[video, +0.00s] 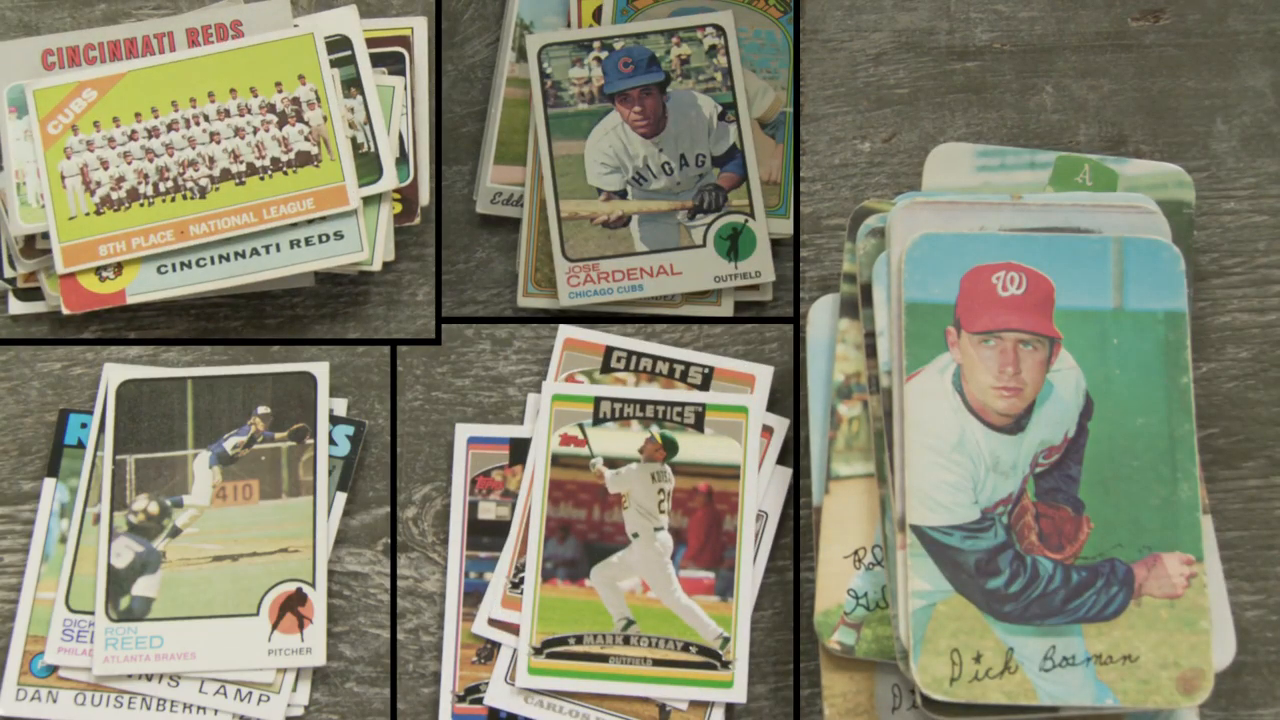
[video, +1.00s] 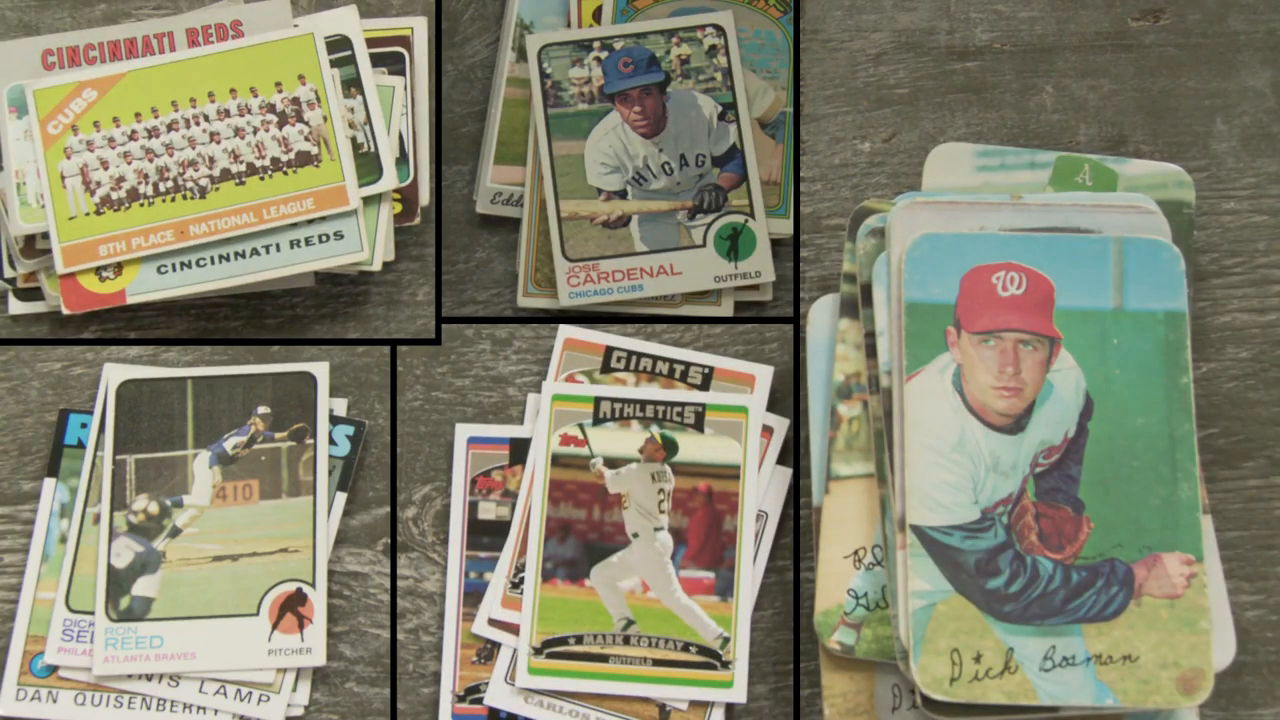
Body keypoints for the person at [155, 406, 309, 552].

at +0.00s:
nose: (265, 422)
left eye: (267, 419)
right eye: (262, 418)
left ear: (269, 422)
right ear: (253, 419)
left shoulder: (256, 434)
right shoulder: (242, 434)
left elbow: (271, 437)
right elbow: (216, 454)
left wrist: (289, 435)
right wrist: (217, 473)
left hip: (210, 463)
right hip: (205, 460)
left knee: (198, 509)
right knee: (202, 500)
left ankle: (162, 542)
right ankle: (163, 502)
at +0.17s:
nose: (265, 422)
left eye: (267, 419)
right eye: (262, 418)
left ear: (269, 422)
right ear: (253, 419)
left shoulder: (256, 434)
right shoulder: (242, 434)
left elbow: (271, 437)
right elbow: (216, 454)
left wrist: (289, 435)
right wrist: (217, 473)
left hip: (210, 463)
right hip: (205, 460)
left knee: (198, 509)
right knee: (202, 500)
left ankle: (162, 542)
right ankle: (163, 502)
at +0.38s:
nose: (265, 422)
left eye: (267, 419)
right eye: (262, 418)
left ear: (269, 422)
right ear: (253, 419)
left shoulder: (256, 434)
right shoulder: (242, 434)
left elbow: (271, 437)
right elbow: (216, 454)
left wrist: (289, 435)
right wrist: (217, 473)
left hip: (210, 463)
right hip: (205, 460)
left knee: (198, 509)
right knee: (202, 500)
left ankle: (162, 542)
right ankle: (163, 502)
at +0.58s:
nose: (265, 422)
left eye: (267, 419)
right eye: (262, 418)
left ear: (269, 422)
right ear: (253, 419)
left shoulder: (256, 434)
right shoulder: (242, 434)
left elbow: (271, 437)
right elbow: (216, 454)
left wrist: (289, 435)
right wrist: (217, 473)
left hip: (210, 463)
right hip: (205, 460)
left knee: (198, 509)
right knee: (202, 500)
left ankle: (162, 542)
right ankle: (163, 502)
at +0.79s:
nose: (265, 422)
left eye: (267, 419)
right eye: (262, 418)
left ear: (269, 422)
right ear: (253, 419)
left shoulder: (256, 434)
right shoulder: (242, 434)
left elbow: (271, 437)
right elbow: (216, 454)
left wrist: (289, 435)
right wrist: (217, 473)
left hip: (210, 463)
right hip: (205, 460)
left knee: (198, 509)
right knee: (202, 500)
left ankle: (162, 542)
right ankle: (163, 502)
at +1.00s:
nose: (265, 422)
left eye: (267, 419)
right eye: (262, 418)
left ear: (269, 422)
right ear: (253, 419)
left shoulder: (256, 434)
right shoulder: (242, 434)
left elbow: (271, 437)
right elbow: (216, 454)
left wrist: (289, 435)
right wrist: (217, 473)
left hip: (210, 463)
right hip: (205, 460)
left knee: (198, 509)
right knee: (202, 500)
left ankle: (162, 542)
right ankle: (163, 502)